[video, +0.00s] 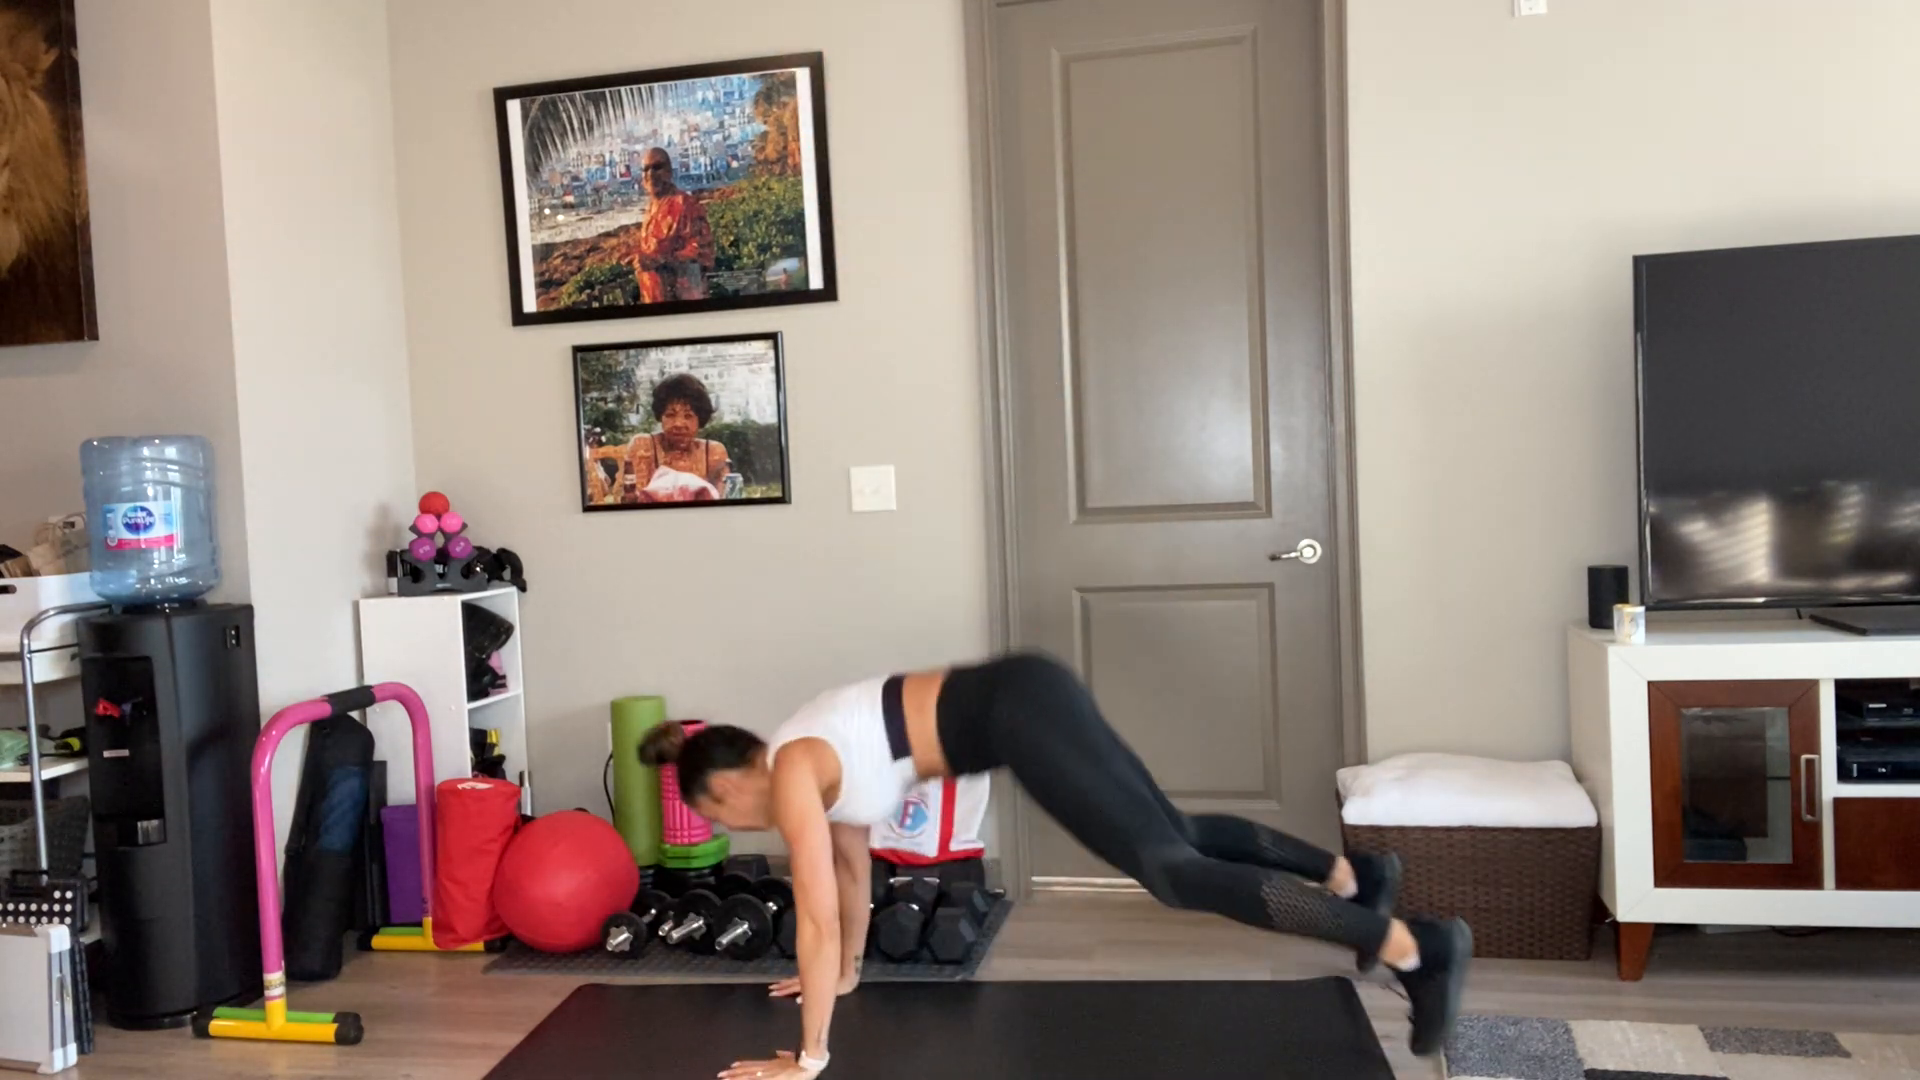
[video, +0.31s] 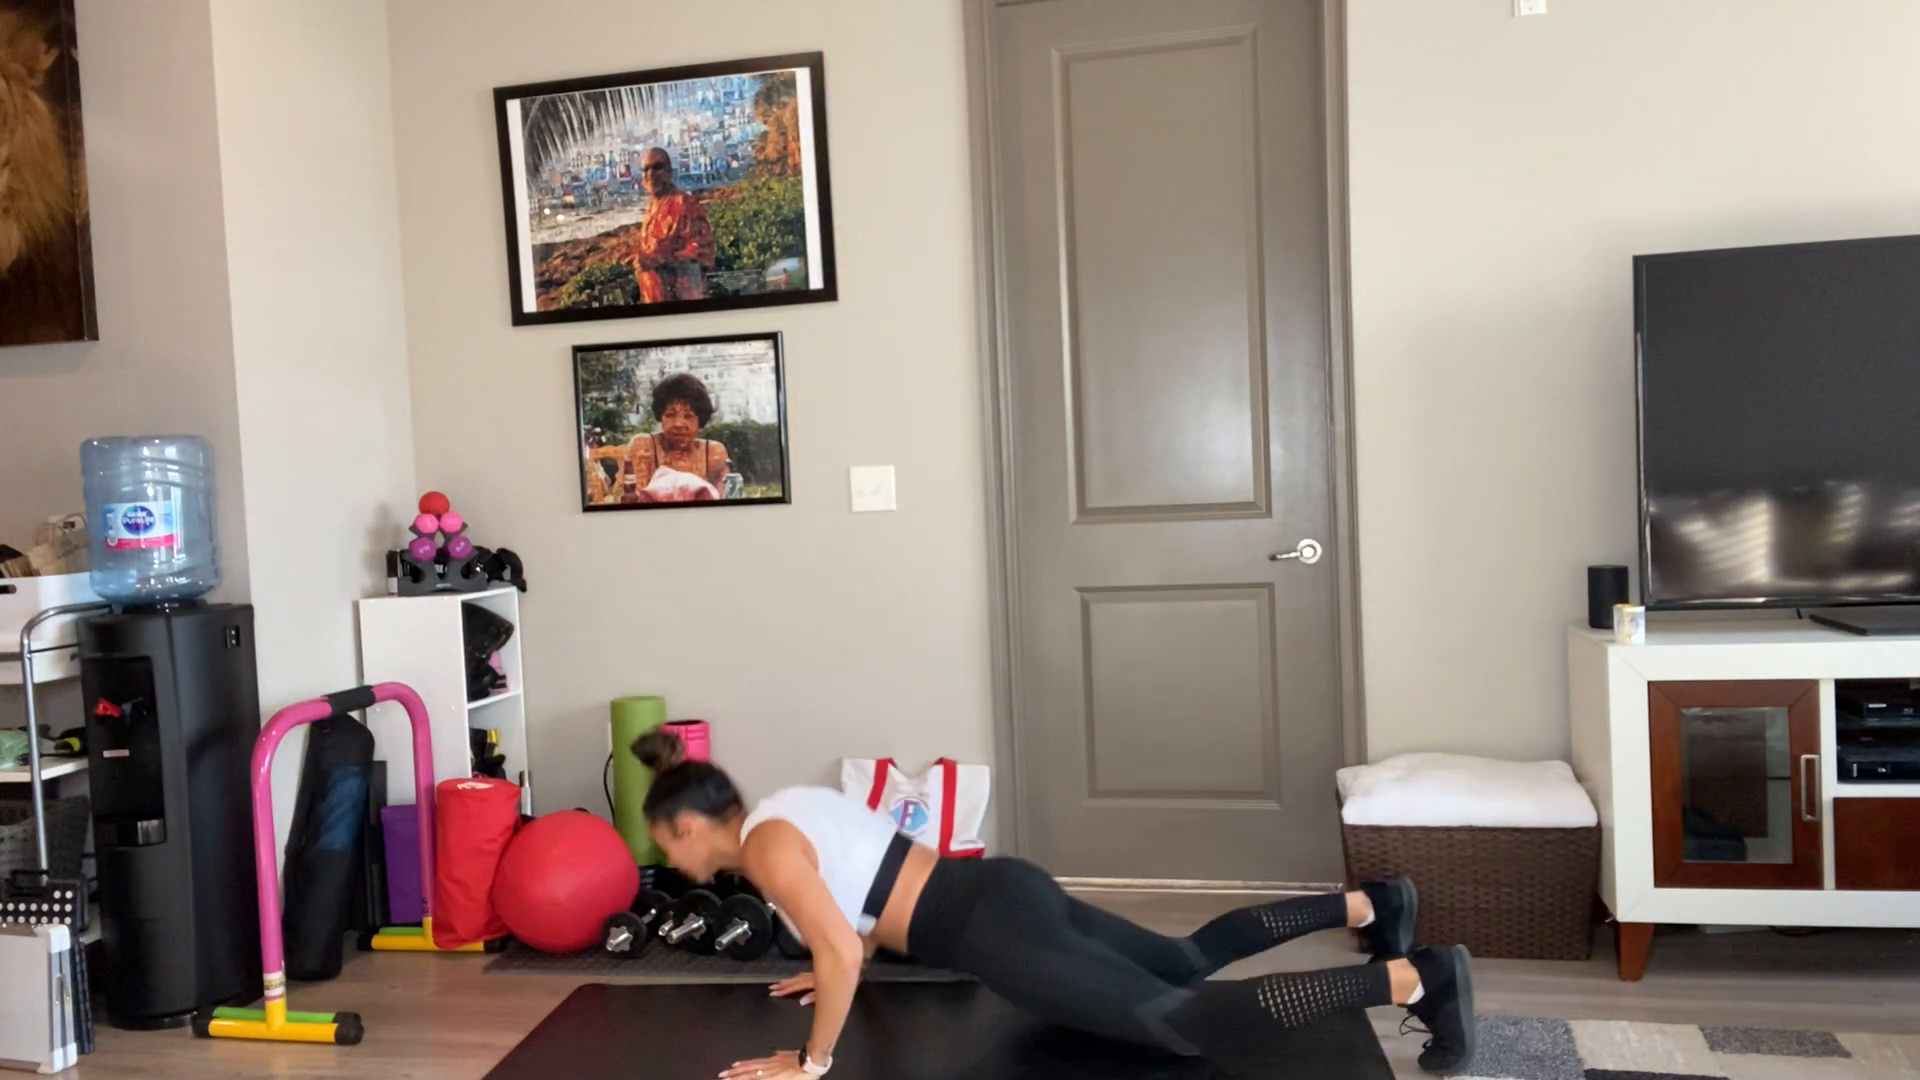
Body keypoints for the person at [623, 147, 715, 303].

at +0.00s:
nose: (650, 174)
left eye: (657, 167)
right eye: (645, 169)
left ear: (669, 171)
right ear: (642, 176)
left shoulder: (686, 204)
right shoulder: (654, 206)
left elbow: (703, 255)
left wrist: (657, 261)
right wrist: (639, 257)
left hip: (682, 297)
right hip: (655, 297)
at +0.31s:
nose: (650, 175)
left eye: (657, 167)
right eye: (645, 169)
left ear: (669, 172)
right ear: (642, 176)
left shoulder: (686, 204)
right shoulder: (654, 206)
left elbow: (703, 255)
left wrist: (657, 261)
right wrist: (638, 258)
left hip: (683, 297)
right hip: (655, 297)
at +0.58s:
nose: (650, 174)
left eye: (657, 167)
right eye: (645, 169)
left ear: (669, 172)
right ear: (642, 176)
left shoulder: (686, 204)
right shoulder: (653, 206)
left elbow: (703, 255)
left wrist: (657, 260)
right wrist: (639, 258)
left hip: (682, 297)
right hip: (655, 297)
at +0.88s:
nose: (650, 174)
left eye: (657, 167)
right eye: (645, 169)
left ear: (669, 171)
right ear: (642, 176)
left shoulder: (686, 204)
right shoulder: (654, 207)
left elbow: (703, 255)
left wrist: (658, 261)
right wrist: (638, 258)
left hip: (682, 297)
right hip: (655, 297)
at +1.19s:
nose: (650, 174)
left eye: (657, 167)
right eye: (645, 169)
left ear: (669, 171)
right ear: (642, 176)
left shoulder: (686, 204)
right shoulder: (653, 206)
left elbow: (702, 255)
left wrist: (658, 261)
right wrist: (638, 257)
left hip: (682, 297)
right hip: (655, 297)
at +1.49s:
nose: (650, 174)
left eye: (657, 168)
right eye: (645, 169)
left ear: (670, 172)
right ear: (642, 175)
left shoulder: (685, 204)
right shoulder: (653, 206)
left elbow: (702, 254)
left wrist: (656, 261)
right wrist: (639, 257)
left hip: (683, 297)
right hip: (655, 297)